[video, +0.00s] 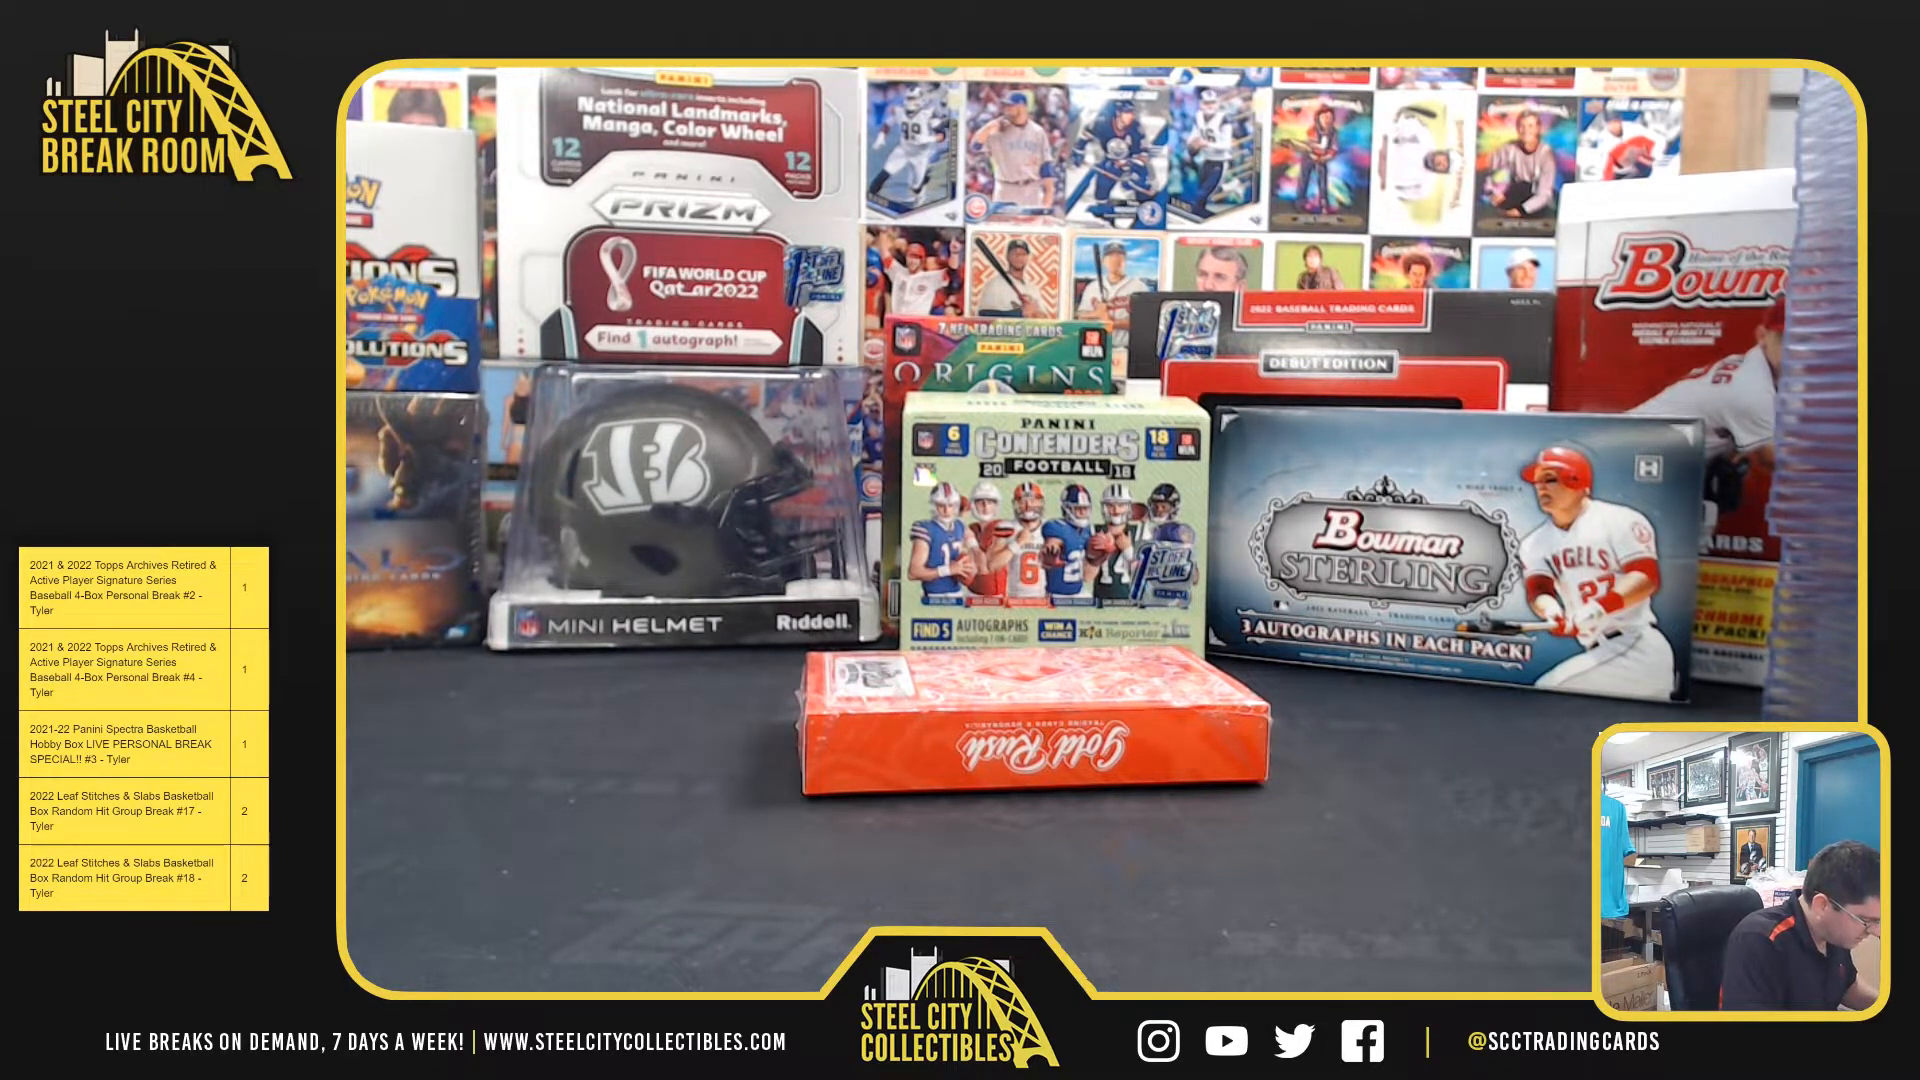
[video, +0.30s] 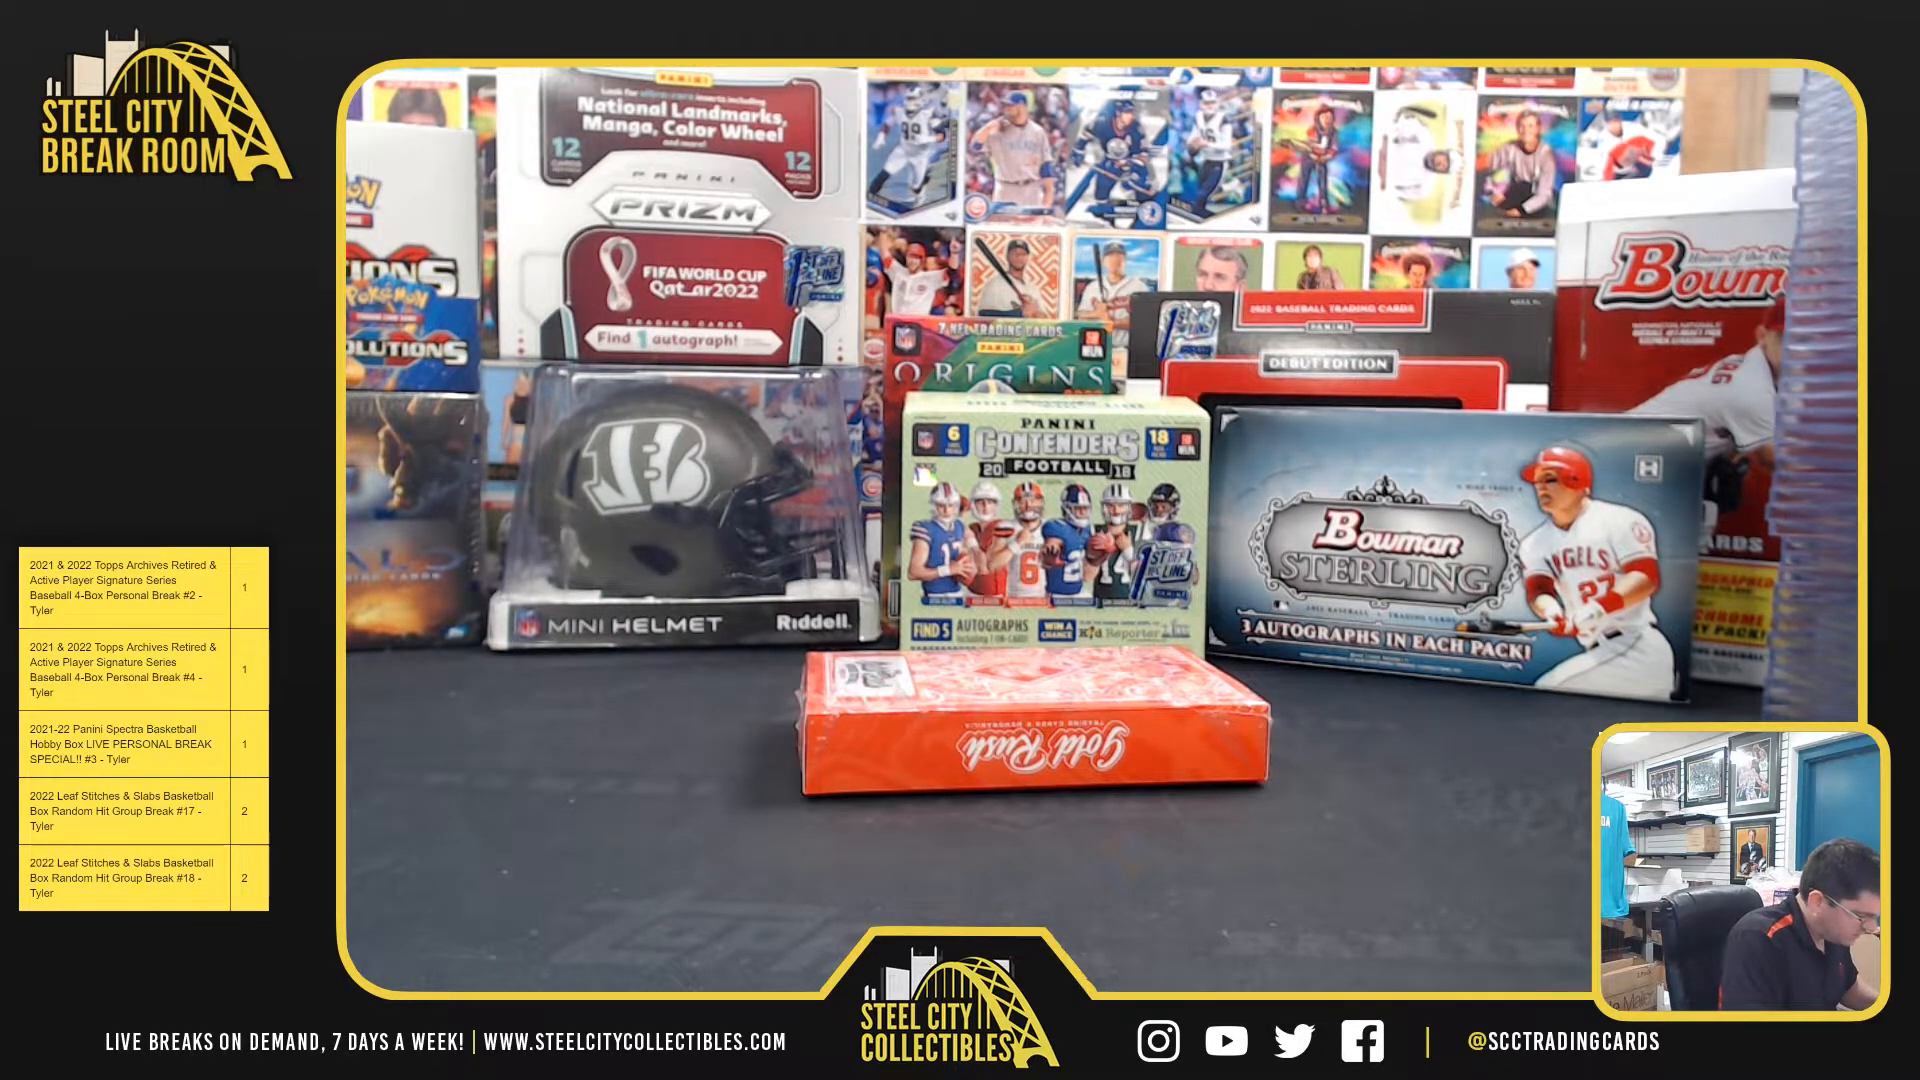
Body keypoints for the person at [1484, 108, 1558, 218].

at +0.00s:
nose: (1526, 130)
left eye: (1531, 126)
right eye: (1522, 126)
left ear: (1539, 129)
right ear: (1517, 130)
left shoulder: (1545, 154)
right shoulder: (1506, 151)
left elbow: (1545, 192)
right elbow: (1490, 179)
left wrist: (1523, 209)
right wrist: (1494, 194)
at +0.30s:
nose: (1526, 130)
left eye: (1531, 126)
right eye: (1522, 126)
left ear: (1539, 129)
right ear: (1517, 130)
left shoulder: (1545, 154)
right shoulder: (1506, 151)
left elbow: (1545, 192)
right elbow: (1490, 179)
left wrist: (1523, 209)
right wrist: (1494, 194)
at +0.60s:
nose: (1526, 131)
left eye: (1530, 126)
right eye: (1522, 126)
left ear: (1538, 128)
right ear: (1518, 129)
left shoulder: (1545, 154)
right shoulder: (1505, 151)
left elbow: (1545, 192)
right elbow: (1491, 179)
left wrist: (1523, 209)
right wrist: (1495, 193)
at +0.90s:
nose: (1526, 130)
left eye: (1530, 126)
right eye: (1522, 126)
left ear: (1538, 128)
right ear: (1518, 129)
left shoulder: (1545, 154)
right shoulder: (1506, 151)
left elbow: (1545, 191)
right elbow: (1491, 179)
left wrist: (1523, 209)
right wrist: (1495, 193)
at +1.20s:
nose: (1526, 130)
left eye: (1530, 126)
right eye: (1522, 126)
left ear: (1538, 128)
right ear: (1518, 129)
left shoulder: (1545, 154)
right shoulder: (1506, 151)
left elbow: (1545, 192)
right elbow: (1490, 179)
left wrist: (1523, 209)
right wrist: (1495, 193)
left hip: (1535, 188)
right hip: (1511, 187)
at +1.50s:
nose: (1526, 130)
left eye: (1530, 126)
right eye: (1522, 126)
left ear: (1538, 128)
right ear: (1518, 129)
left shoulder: (1545, 154)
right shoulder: (1506, 151)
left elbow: (1545, 192)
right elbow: (1490, 179)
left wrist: (1523, 209)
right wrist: (1495, 193)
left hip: (1535, 188)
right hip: (1511, 187)